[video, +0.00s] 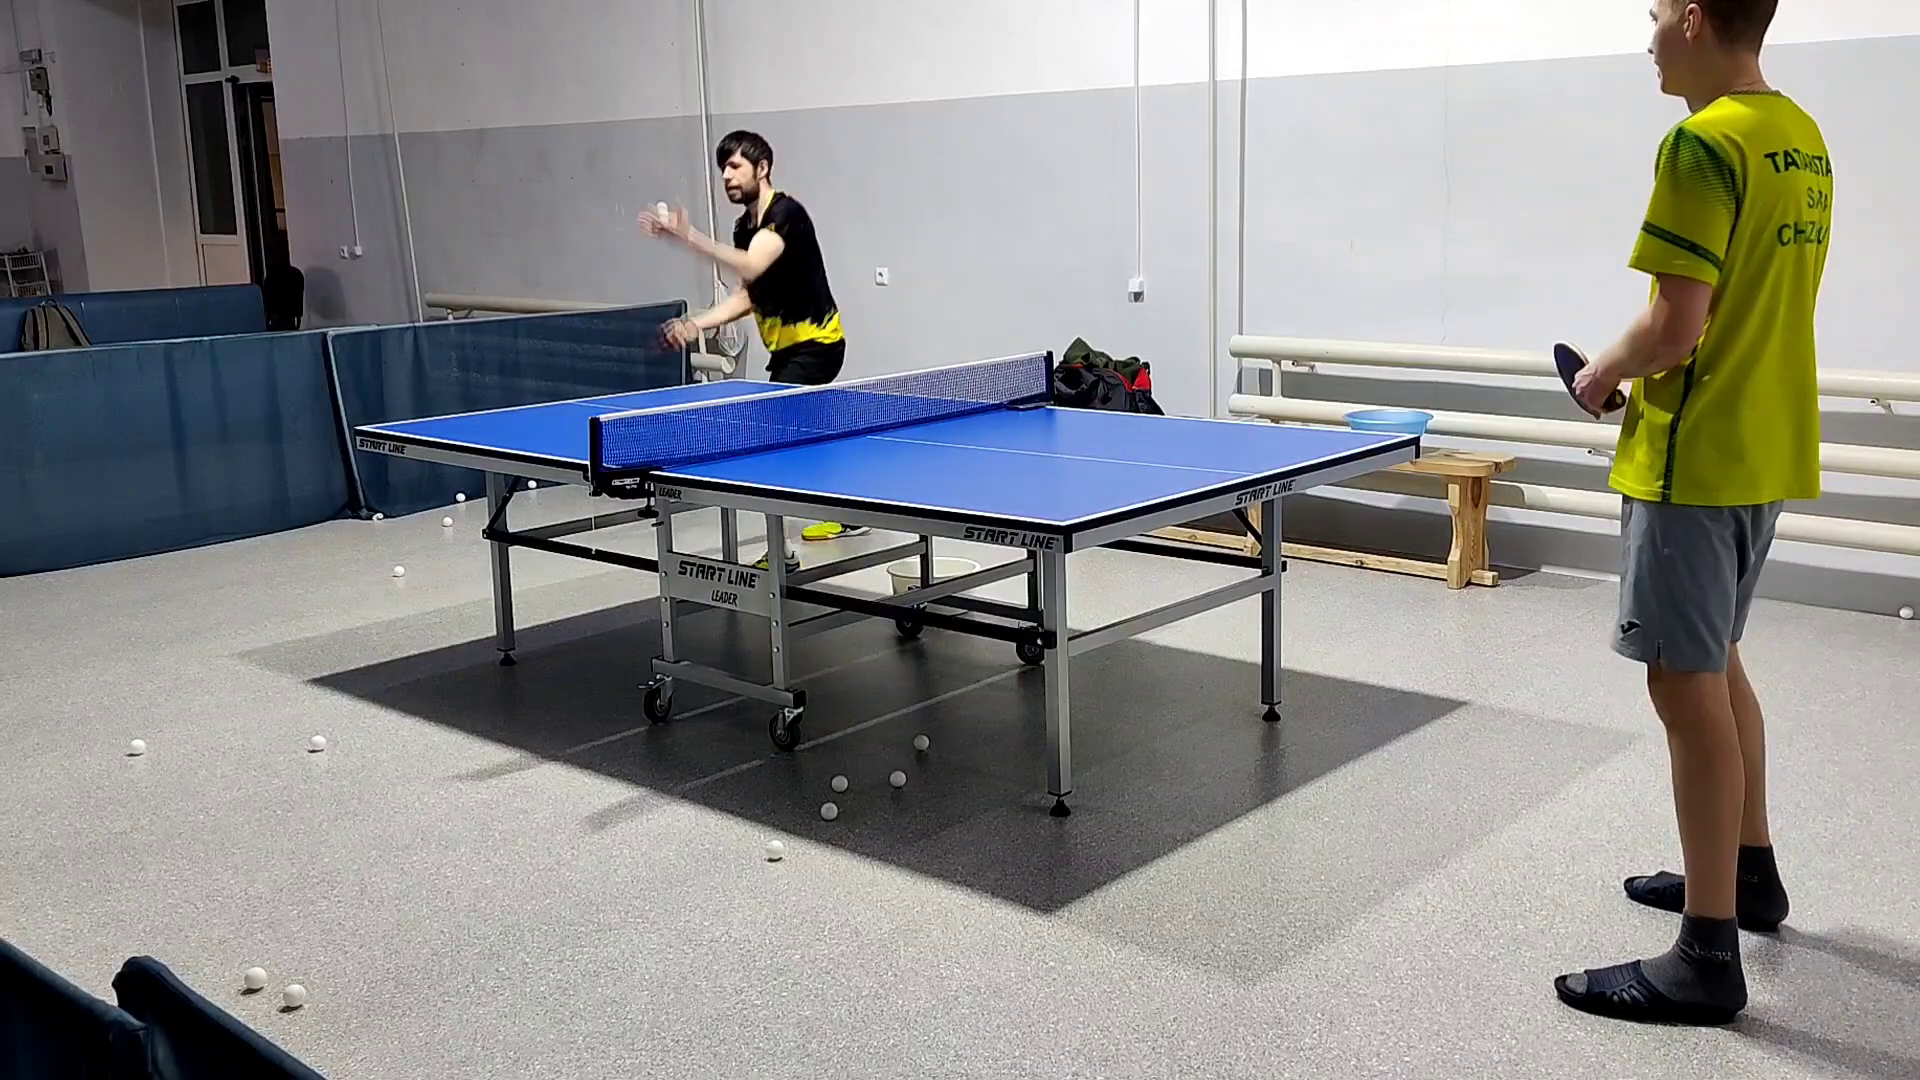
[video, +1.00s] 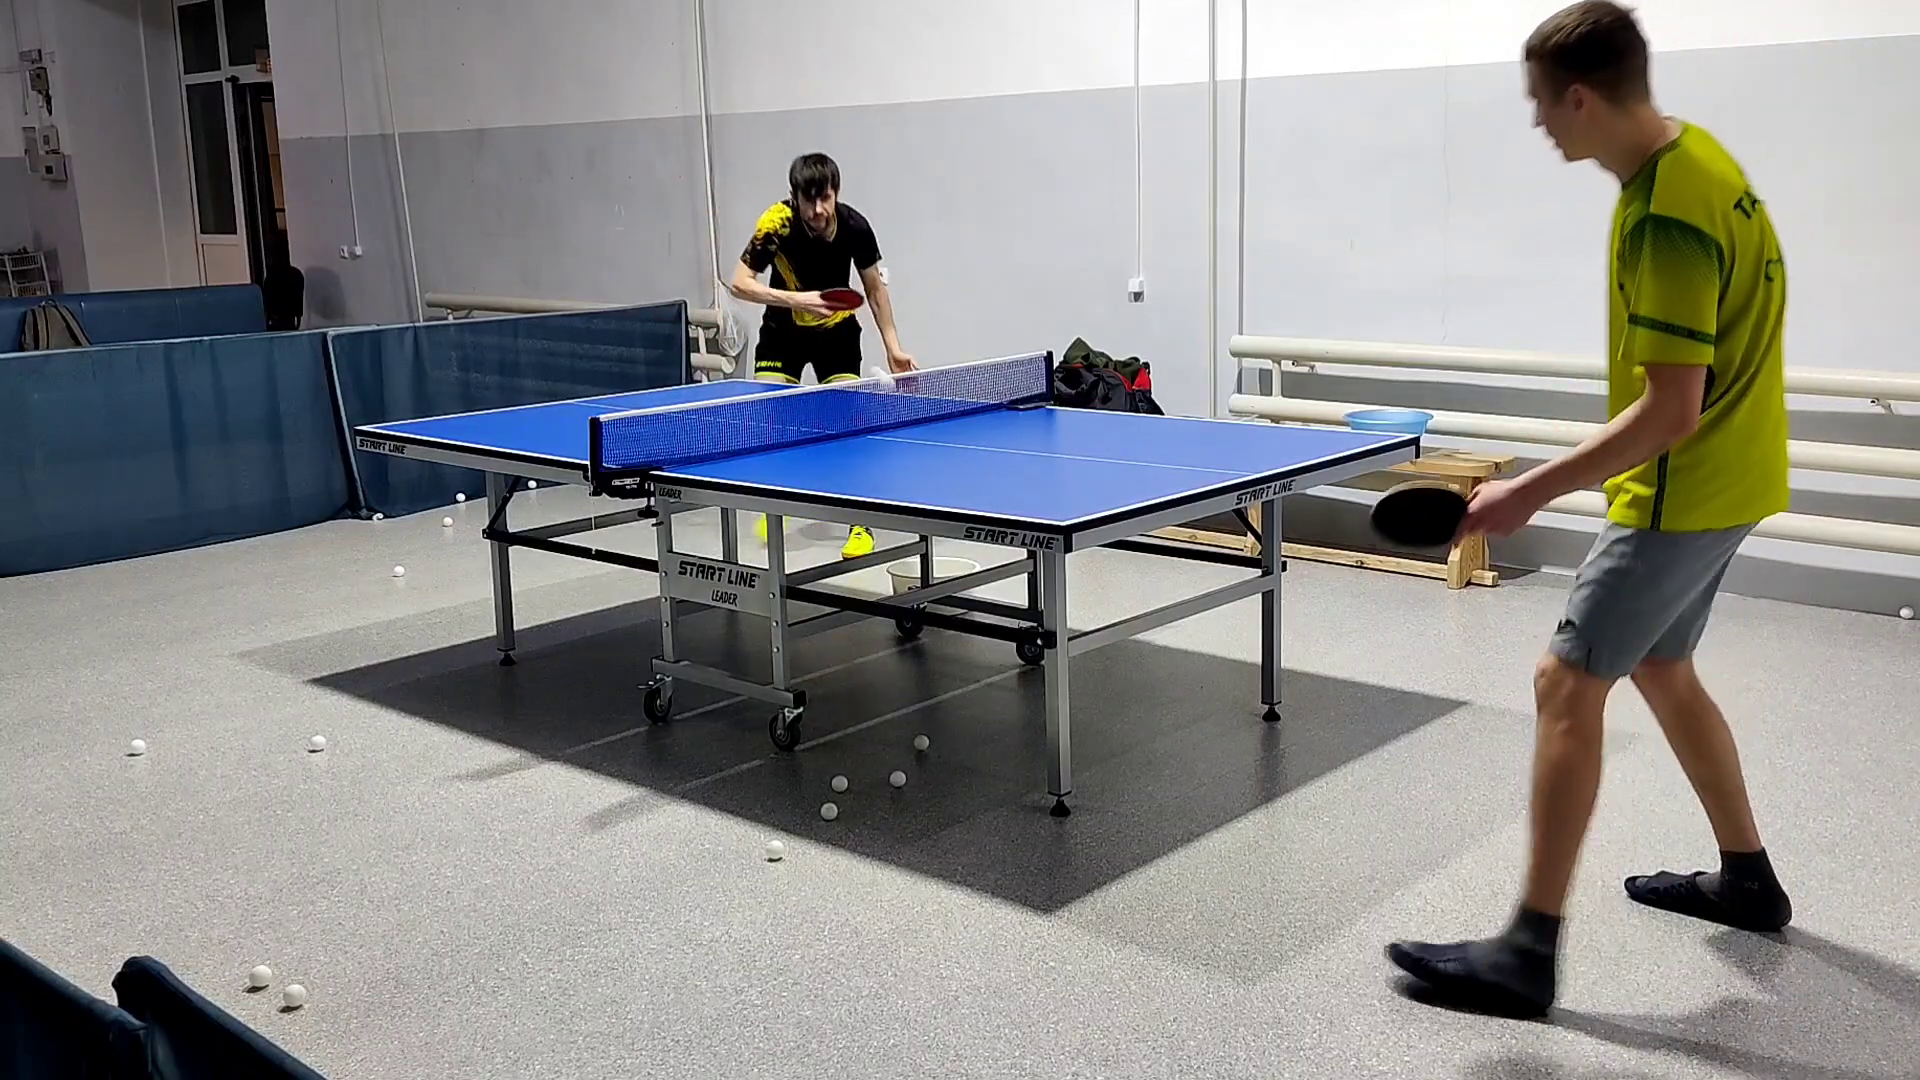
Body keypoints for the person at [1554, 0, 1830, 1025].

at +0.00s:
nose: (1651, 38)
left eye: (1656, 19)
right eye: (1655, 20)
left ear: (1691, 20)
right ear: (1749, 26)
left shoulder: (1702, 142)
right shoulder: (1801, 135)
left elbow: (1675, 329)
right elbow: (1774, 303)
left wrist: (1606, 370)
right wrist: (1644, 362)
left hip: (1696, 462)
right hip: (1762, 453)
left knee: (1685, 691)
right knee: (1713, 666)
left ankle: (1706, 960)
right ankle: (1747, 868)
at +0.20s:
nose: (1629, 42)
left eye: (1632, 21)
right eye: (1629, 24)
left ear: (1666, 23)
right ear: (1731, 26)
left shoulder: (1677, 146)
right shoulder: (1790, 129)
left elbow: (1658, 337)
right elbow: (1763, 297)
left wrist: (1600, 379)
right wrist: (1642, 357)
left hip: (1700, 466)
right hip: (1780, 457)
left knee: (1694, 687)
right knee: (1714, 667)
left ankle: (1708, 962)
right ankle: (1745, 871)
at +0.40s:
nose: (1609, 67)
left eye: (1608, 46)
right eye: (1608, 47)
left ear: (1636, 37)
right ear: (1709, 31)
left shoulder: (1653, 158)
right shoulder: (1783, 123)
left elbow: (1640, 338)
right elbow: (1763, 282)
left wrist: (1595, 393)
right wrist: (1638, 362)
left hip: (1700, 472)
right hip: (1795, 460)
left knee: (1706, 706)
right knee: (1740, 678)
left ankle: (1709, 965)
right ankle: (1749, 875)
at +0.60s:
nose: (1588, 66)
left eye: (1590, 45)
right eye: (1588, 44)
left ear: (1622, 45)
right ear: (1688, 35)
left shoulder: (1646, 165)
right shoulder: (1772, 121)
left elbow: (1632, 350)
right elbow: (1764, 290)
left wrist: (1578, 406)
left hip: (1699, 472)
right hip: (1796, 457)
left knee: (1678, 693)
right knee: (1728, 663)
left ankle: (1707, 963)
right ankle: (1748, 874)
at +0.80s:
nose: (1573, 100)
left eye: (1573, 78)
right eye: (1571, 80)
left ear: (1607, 73)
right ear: (1670, 59)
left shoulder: (1658, 189)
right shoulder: (1752, 135)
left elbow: (1651, 381)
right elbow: (1748, 324)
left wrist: (1554, 456)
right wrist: (1587, 440)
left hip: (1708, 474)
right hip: (1791, 455)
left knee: (1585, 672)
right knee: (1702, 651)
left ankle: (1680, 931)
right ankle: (1752, 871)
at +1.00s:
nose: (1544, 134)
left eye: (1546, 111)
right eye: (1539, 113)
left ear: (1592, 94)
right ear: (1617, 90)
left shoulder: (1674, 201)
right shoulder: (1691, 167)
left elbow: (1673, 408)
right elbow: (1704, 377)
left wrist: (1530, 490)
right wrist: (1637, 469)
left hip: (1682, 495)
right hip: (1715, 483)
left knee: (1567, 683)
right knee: (1661, 670)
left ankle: (1527, 949)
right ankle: (1747, 877)